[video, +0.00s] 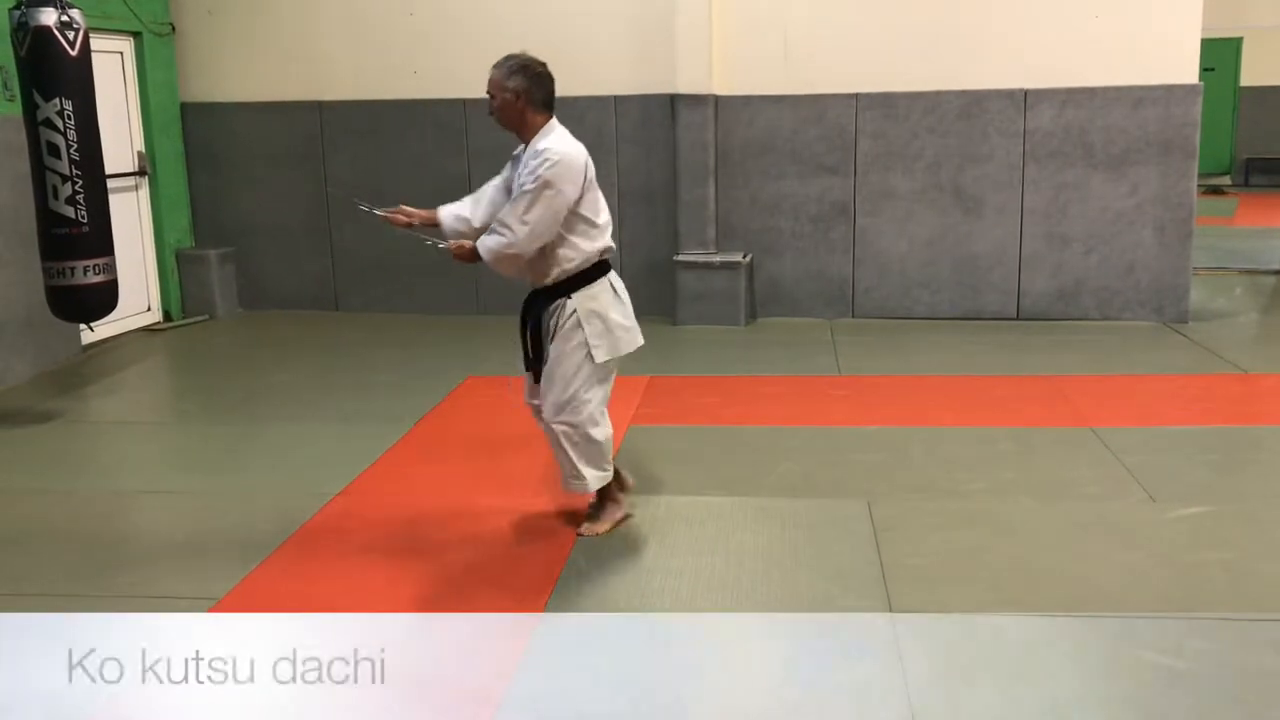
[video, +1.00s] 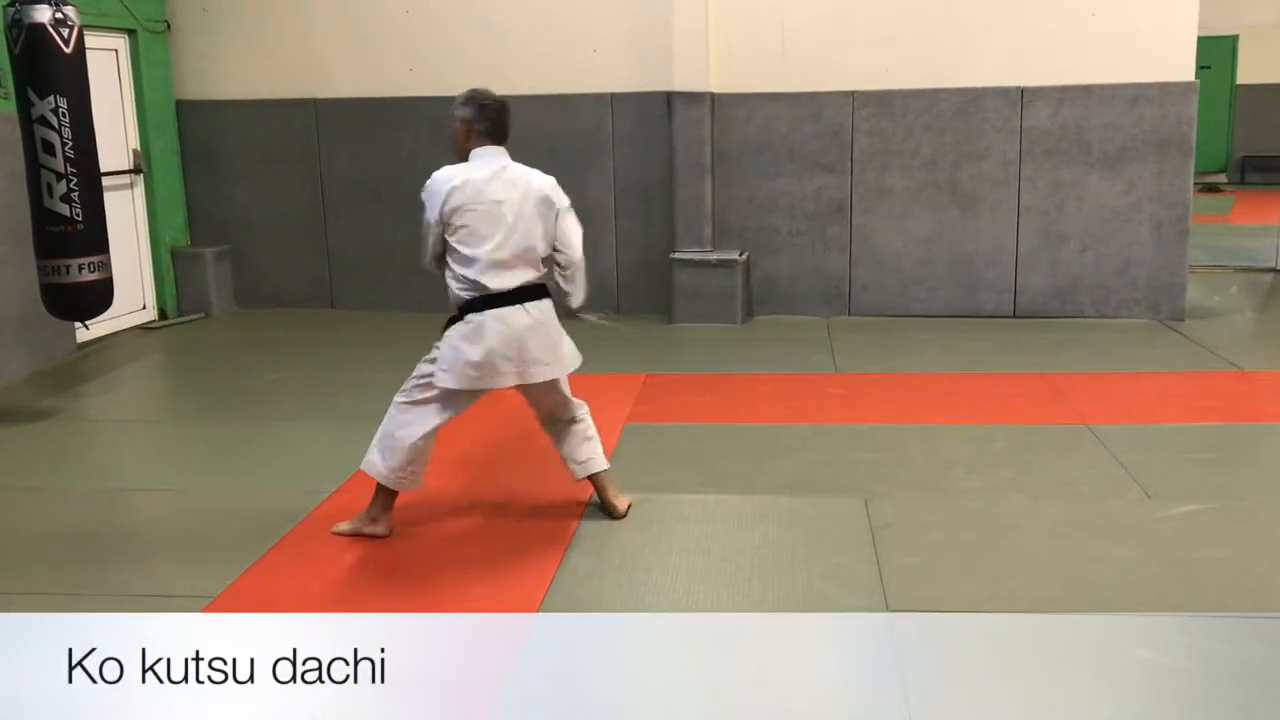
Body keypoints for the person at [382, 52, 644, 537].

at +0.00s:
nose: (488, 105)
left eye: (494, 97)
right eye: (489, 96)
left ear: (521, 99)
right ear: (522, 100)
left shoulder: (558, 156)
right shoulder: (528, 154)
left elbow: (522, 238)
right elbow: (485, 203)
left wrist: (479, 248)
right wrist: (427, 218)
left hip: (582, 299)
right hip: (551, 299)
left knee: (568, 407)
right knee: (542, 399)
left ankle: (610, 498)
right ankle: (607, 475)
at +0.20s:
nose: (509, 106)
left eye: (515, 96)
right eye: (509, 96)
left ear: (540, 98)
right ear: (556, 100)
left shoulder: (538, 157)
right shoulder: (602, 155)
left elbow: (507, 250)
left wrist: (526, 265)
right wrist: (543, 259)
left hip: (574, 311)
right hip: (619, 300)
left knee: (570, 418)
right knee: (613, 408)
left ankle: (627, 506)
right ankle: (612, 494)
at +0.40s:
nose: (525, 106)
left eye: (529, 96)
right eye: (525, 96)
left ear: (547, 96)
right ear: (577, 99)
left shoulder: (521, 157)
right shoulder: (624, 154)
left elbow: (517, 229)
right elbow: (647, 234)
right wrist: (653, 282)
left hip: (550, 304)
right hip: (612, 299)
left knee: (527, 402)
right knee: (620, 402)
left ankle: (586, 478)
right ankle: (622, 496)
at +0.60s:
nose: (533, 111)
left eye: (535, 104)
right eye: (535, 104)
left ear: (546, 107)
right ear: (585, 113)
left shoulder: (519, 163)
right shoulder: (616, 166)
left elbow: (532, 236)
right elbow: (642, 244)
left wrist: (605, 265)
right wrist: (679, 291)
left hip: (523, 303)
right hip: (588, 306)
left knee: (476, 394)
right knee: (614, 398)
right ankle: (617, 495)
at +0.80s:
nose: (513, 127)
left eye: (515, 121)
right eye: (516, 121)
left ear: (522, 125)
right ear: (563, 131)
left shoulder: (491, 177)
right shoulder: (584, 184)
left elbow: (509, 244)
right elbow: (601, 262)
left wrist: (575, 273)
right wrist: (644, 304)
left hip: (487, 311)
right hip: (552, 316)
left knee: (433, 404)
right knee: (599, 399)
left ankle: (380, 508)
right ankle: (616, 497)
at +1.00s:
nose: (454, 134)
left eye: (457, 126)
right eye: (455, 125)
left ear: (470, 131)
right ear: (503, 132)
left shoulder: (445, 183)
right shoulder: (542, 185)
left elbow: (434, 256)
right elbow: (572, 255)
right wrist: (569, 303)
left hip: (479, 332)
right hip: (537, 325)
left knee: (415, 405)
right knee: (564, 411)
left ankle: (378, 512)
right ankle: (610, 496)